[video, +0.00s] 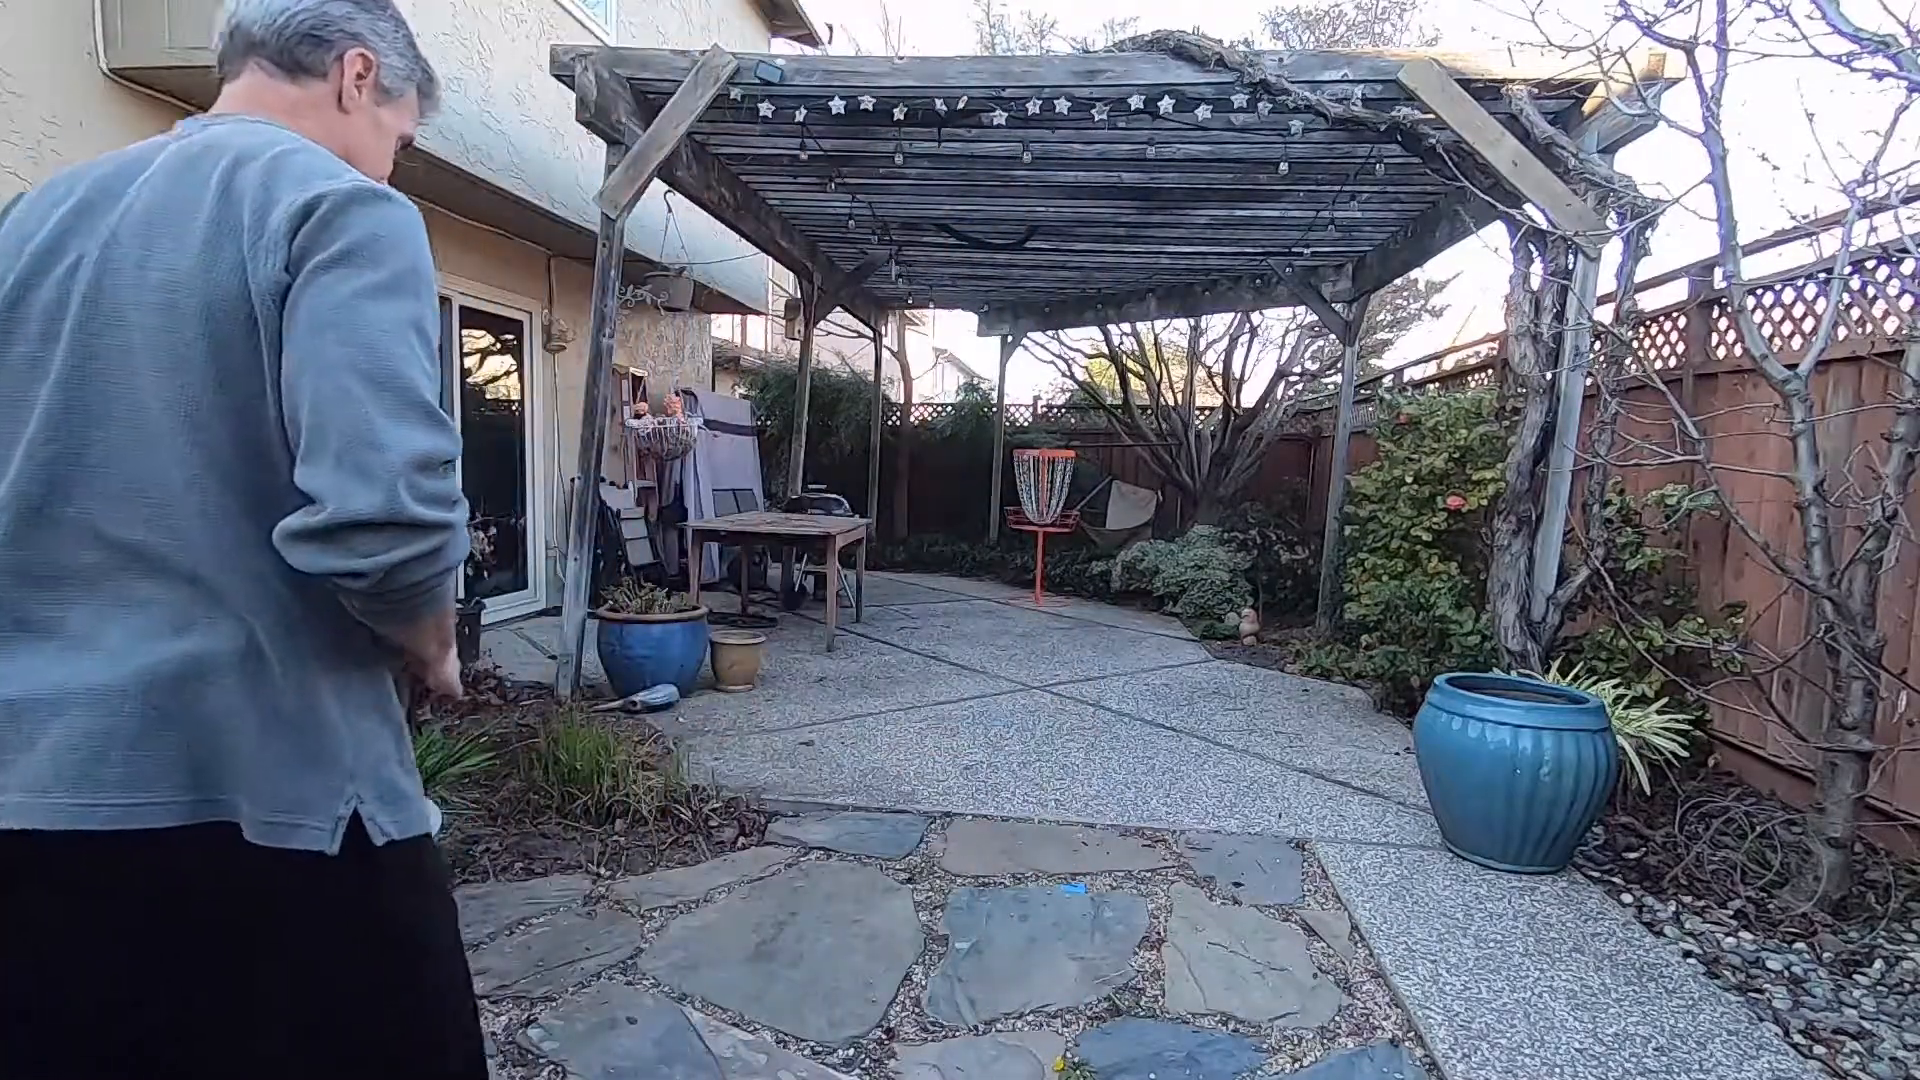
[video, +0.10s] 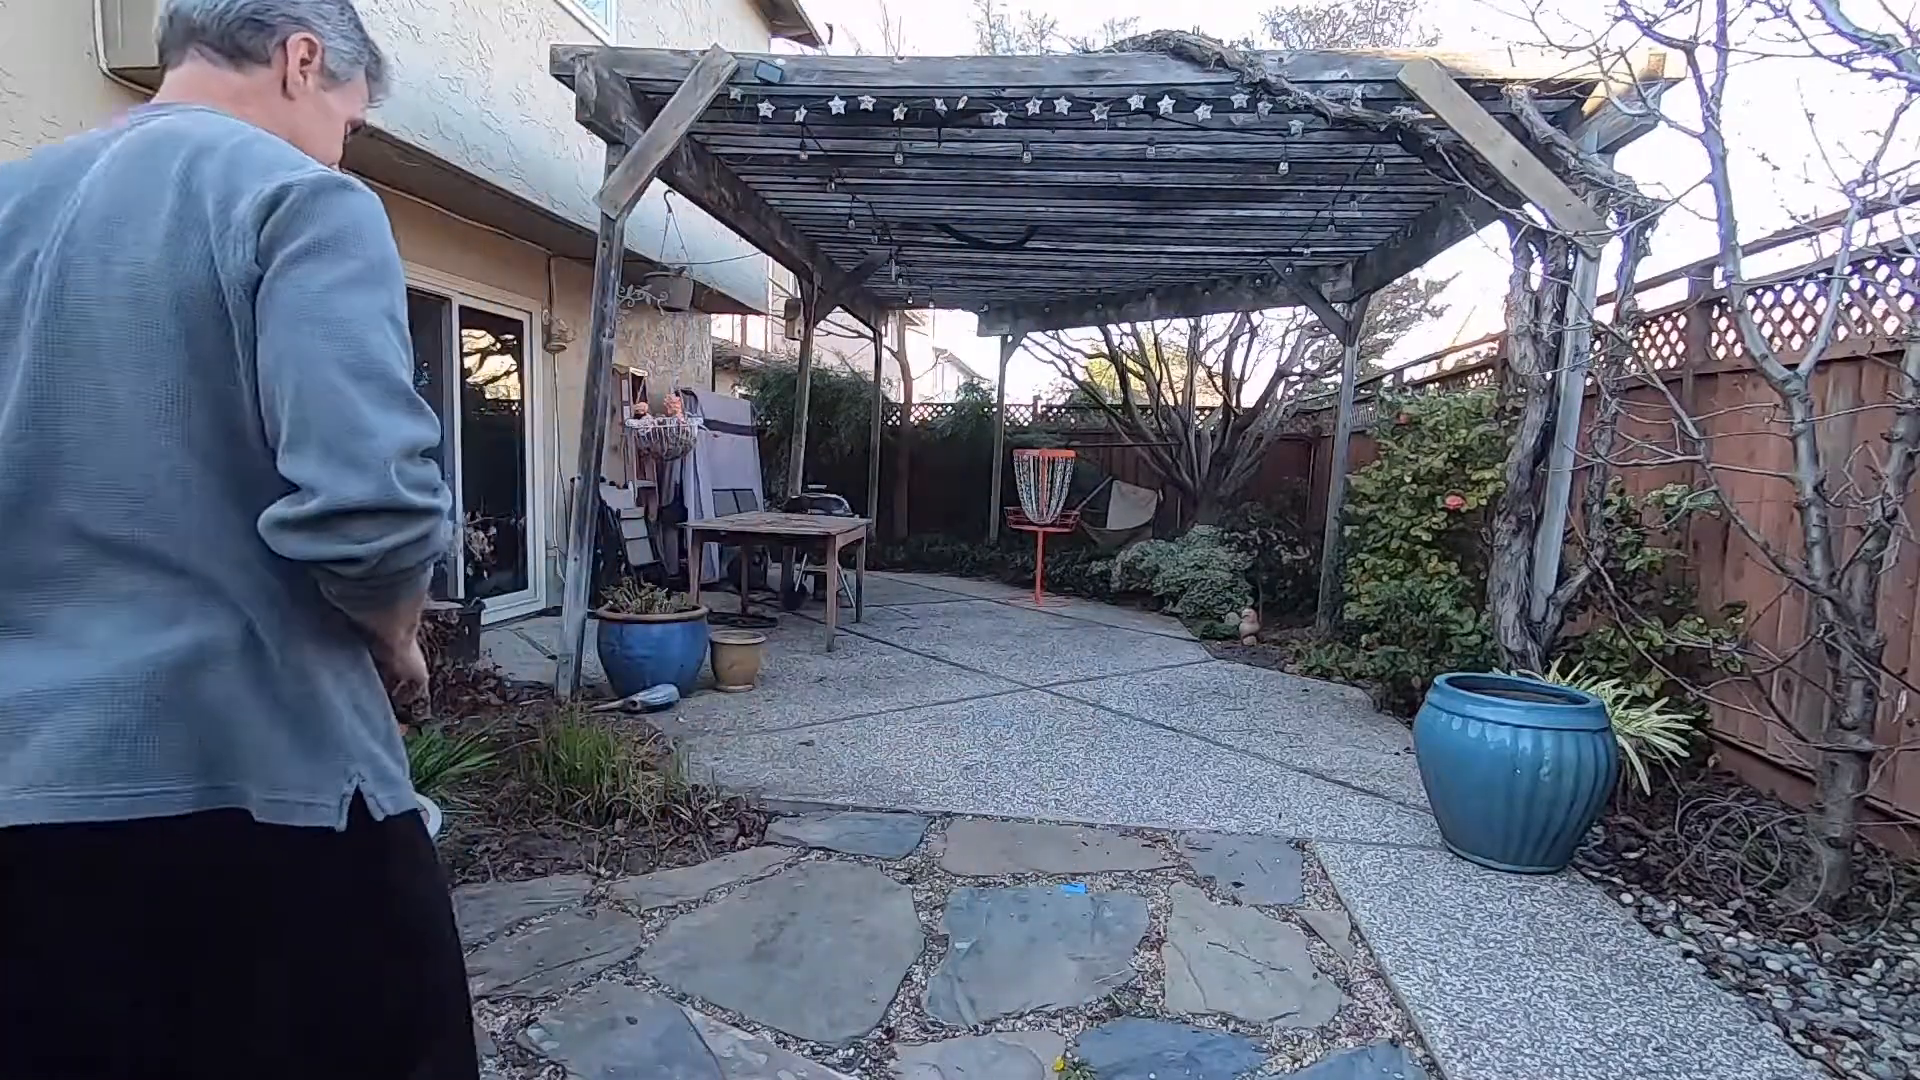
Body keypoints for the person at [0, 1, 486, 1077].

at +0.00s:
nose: (389, 178)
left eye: (404, 154)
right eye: (399, 140)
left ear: (238, 75)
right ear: (354, 76)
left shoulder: (35, 212)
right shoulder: (333, 204)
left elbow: (28, 482)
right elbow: (384, 514)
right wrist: (429, 647)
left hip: (25, 805)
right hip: (279, 812)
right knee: (402, 1057)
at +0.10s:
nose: (337, 163)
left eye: (350, 135)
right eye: (346, 126)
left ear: (178, 61)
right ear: (299, 59)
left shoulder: (13, 188)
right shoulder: (294, 193)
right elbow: (361, 506)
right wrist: (393, 631)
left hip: (19, 792)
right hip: (266, 791)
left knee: (59, 1061)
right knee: (392, 1055)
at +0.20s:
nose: (305, 155)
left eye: (317, 128)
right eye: (311, 117)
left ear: (133, 54)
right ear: (256, 47)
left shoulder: (10, 177)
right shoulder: (275, 188)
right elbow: (368, 503)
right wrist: (383, 622)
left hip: (16, 787)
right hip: (252, 775)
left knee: (55, 1063)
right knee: (361, 1061)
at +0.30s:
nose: (292, 141)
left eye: (298, 112)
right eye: (295, 106)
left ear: (115, 58)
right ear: (245, 46)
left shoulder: (6, 185)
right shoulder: (284, 191)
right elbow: (397, 499)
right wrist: (393, 619)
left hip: (19, 791)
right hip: (273, 777)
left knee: (59, 1060)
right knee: (384, 1056)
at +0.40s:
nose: (305, 143)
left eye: (311, 113)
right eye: (309, 107)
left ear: (130, 70)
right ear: (264, 58)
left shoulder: (9, 199)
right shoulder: (306, 202)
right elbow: (432, 490)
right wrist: (411, 620)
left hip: (26, 792)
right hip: (289, 780)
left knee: (78, 1066)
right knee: (433, 1060)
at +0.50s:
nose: (340, 166)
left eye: (349, 136)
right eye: (346, 128)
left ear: (183, 88)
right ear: (302, 80)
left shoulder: (21, 232)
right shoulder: (344, 222)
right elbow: (462, 500)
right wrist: (436, 628)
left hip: (38, 791)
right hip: (312, 779)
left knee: (79, 1066)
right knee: (475, 1066)